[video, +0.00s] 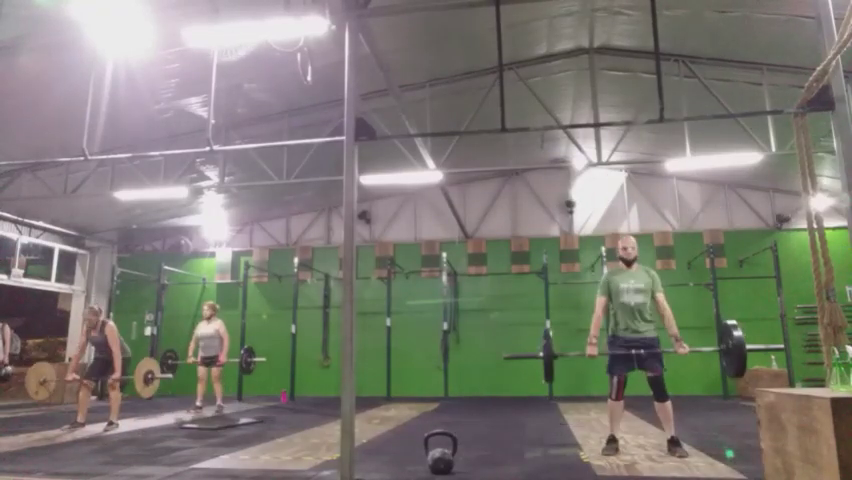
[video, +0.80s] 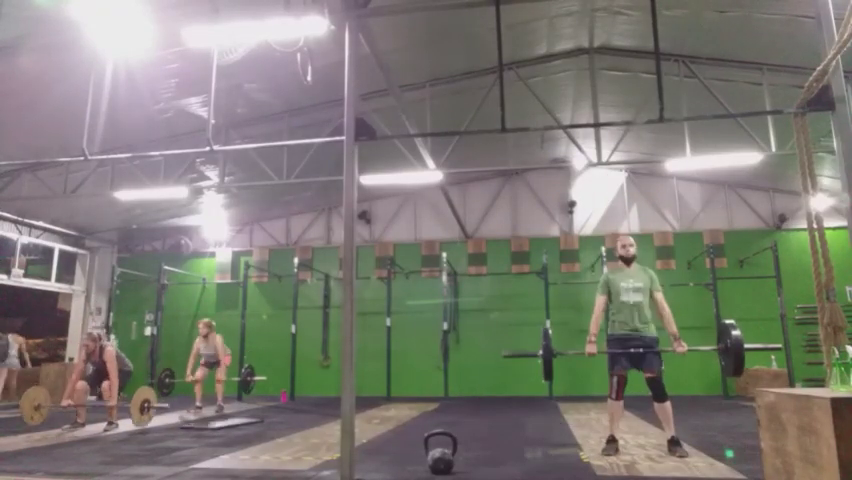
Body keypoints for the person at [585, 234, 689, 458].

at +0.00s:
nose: (626, 252)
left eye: (630, 248)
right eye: (623, 249)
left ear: (637, 251)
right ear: (618, 252)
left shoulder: (650, 275)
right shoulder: (609, 278)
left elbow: (663, 307)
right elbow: (599, 310)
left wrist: (676, 338)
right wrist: (592, 339)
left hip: (649, 339)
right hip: (620, 340)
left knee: (659, 389)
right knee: (616, 390)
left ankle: (672, 439)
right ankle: (612, 438)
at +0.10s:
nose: (637, 299)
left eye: (640, 295)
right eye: (633, 295)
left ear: (645, 294)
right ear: (626, 293)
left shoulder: (654, 309)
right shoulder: (614, 309)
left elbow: (668, 344)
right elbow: (603, 343)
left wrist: (682, 377)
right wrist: (595, 378)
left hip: (647, 346)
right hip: (619, 346)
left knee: (664, 388)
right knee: (612, 386)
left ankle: (672, 439)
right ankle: (612, 438)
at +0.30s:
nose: (630, 248)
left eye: (632, 244)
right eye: (625, 245)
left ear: (637, 247)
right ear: (617, 249)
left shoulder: (650, 273)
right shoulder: (608, 276)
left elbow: (662, 304)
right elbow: (597, 307)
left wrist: (674, 332)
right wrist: (591, 337)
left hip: (647, 337)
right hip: (618, 337)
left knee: (656, 387)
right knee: (617, 388)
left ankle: (672, 439)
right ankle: (613, 438)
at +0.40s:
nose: (626, 250)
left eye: (629, 246)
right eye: (622, 247)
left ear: (636, 250)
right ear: (617, 251)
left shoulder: (649, 275)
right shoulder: (608, 277)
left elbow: (662, 306)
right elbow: (599, 309)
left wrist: (675, 336)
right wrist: (592, 338)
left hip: (646, 337)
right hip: (618, 338)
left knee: (658, 388)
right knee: (615, 389)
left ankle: (672, 439)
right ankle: (612, 438)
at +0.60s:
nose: (636, 303)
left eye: (640, 298)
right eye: (633, 298)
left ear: (645, 298)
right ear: (626, 298)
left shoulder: (654, 315)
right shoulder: (614, 314)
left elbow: (669, 348)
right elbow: (602, 347)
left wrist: (681, 381)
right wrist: (595, 379)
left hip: (645, 346)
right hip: (618, 347)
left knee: (662, 385)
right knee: (610, 387)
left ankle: (672, 439)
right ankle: (612, 438)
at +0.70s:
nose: (625, 248)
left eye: (628, 245)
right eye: (621, 245)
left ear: (634, 248)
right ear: (615, 250)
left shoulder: (648, 272)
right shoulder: (608, 275)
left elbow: (662, 303)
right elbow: (597, 307)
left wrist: (675, 333)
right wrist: (591, 336)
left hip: (648, 336)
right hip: (619, 337)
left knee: (657, 387)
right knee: (617, 388)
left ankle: (673, 439)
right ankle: (612, 438)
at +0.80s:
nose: (627, 250)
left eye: (630, 246)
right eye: (623, 247)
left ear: (636, 249)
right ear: (617, 251)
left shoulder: (648, 274)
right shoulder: (609, 277)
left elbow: (662, 306)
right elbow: (599, 309)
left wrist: (675, 336)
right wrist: (592, 338)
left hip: (647, 337)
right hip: (618, 337)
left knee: (657, 386)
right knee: (617, 386)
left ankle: (673, 439)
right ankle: (612, 438)